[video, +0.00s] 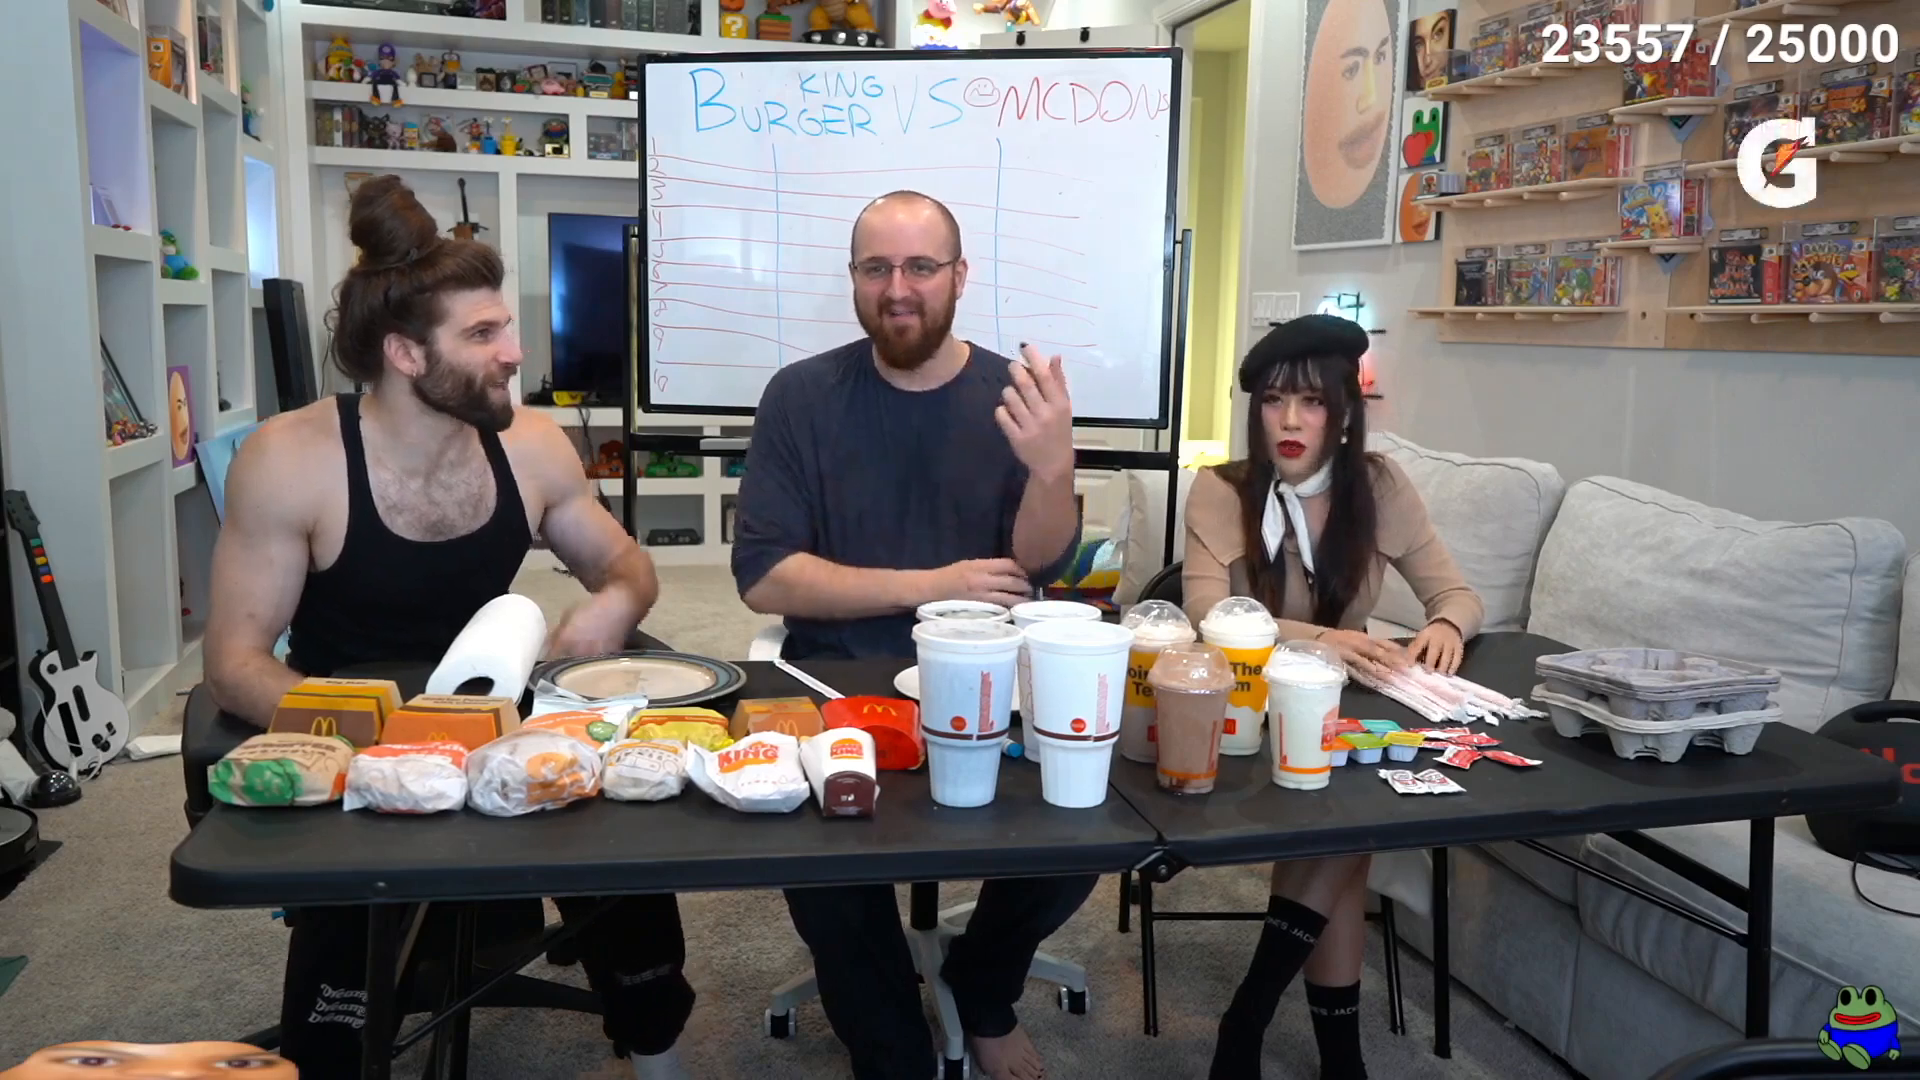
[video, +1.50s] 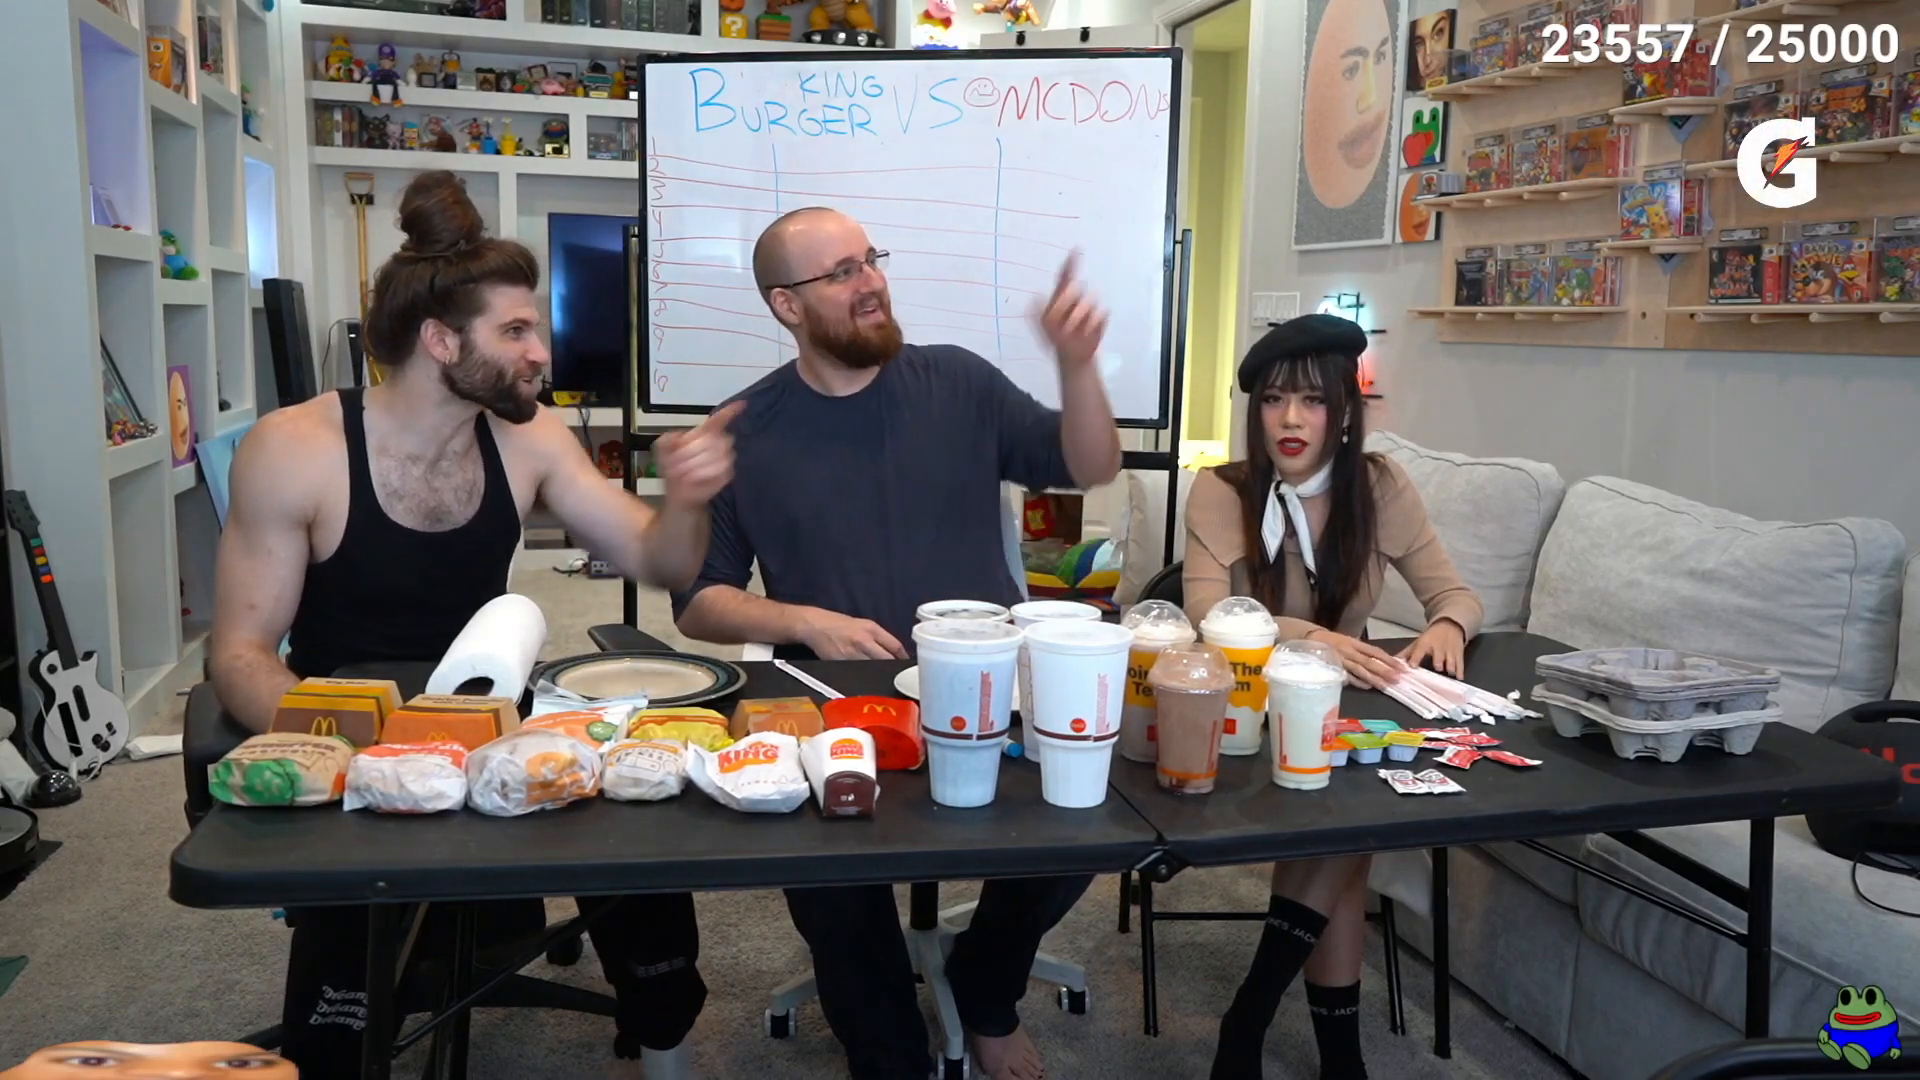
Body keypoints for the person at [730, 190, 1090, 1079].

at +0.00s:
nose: (897, 288)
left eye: (920, 268)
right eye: (876, 269)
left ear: (960, 278)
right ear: (852, 282)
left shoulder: (1015, 392)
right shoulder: (800, 396)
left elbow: (1039, 565)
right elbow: (764, 577)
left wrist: (1051, 472)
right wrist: (930, 584)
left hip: (991, 672)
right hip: (839, 677)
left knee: (1076, 830)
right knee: (819, 854)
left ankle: (980, 986)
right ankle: (899, 1060)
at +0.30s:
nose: (897, 295)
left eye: (920, 274)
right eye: (875, 274)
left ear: (954, 280)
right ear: (849, 283)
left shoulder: (1013, 391)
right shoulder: (798, 394)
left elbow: (1049, 567)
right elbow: (756, 573)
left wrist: (1040, 453)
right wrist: (922, 566)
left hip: (986, 668)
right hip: (838, 672)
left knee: (1076, 835)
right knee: (824, 856)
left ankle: (980, 987)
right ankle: (898, 1061)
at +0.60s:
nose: (943, 287)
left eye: (949, 266)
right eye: (913, 274)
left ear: (964, 268)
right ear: (853, 292)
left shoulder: (1014, 396)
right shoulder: (789, 412)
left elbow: (1089, 560)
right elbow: (716, 569)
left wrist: (1018, 558)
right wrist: (818, 594)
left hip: (995, 685)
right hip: (838, 689)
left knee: (1077, 830)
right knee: (819, 854)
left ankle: (980, 991)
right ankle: (896, 1060)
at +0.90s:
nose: (922, 284)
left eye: (925, 261)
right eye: (890, 271)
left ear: (941, 267)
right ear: (834, 295)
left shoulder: (1003, 394)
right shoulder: (775, 425)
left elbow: (1081, 528)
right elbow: (725, 580)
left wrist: (1017, 580)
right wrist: (808, 619)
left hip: (992, 696)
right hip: (838, 701)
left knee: (1074, 831)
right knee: (823, 861)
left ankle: (981, 990)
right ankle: (897, 1062)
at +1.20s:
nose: (896, 280)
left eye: (897, 258)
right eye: (865, 268)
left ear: (912, 266)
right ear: (811, 300)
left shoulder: (981, 389)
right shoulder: (762, 428)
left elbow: (1093, 518)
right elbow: (708, 590)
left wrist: (1017, 569)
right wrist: (817, 624)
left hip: (985, 695)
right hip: (836, 705)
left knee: (1077, 827)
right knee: (828, 864)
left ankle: (980, 995)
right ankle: (895, 1062)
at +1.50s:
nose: (873, 282)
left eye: (872, 261)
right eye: (843, 273)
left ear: (884, 267)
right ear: (786, 306)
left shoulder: (958, 380)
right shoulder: (741, 432)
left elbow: (1092, 464)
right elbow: (698, 602)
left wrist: (1078, 367)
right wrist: (805, 623)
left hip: (982, 689)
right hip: (833, 702)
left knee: (1071, 826)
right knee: (820, 861)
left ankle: (982, 991)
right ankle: (895, 1062)